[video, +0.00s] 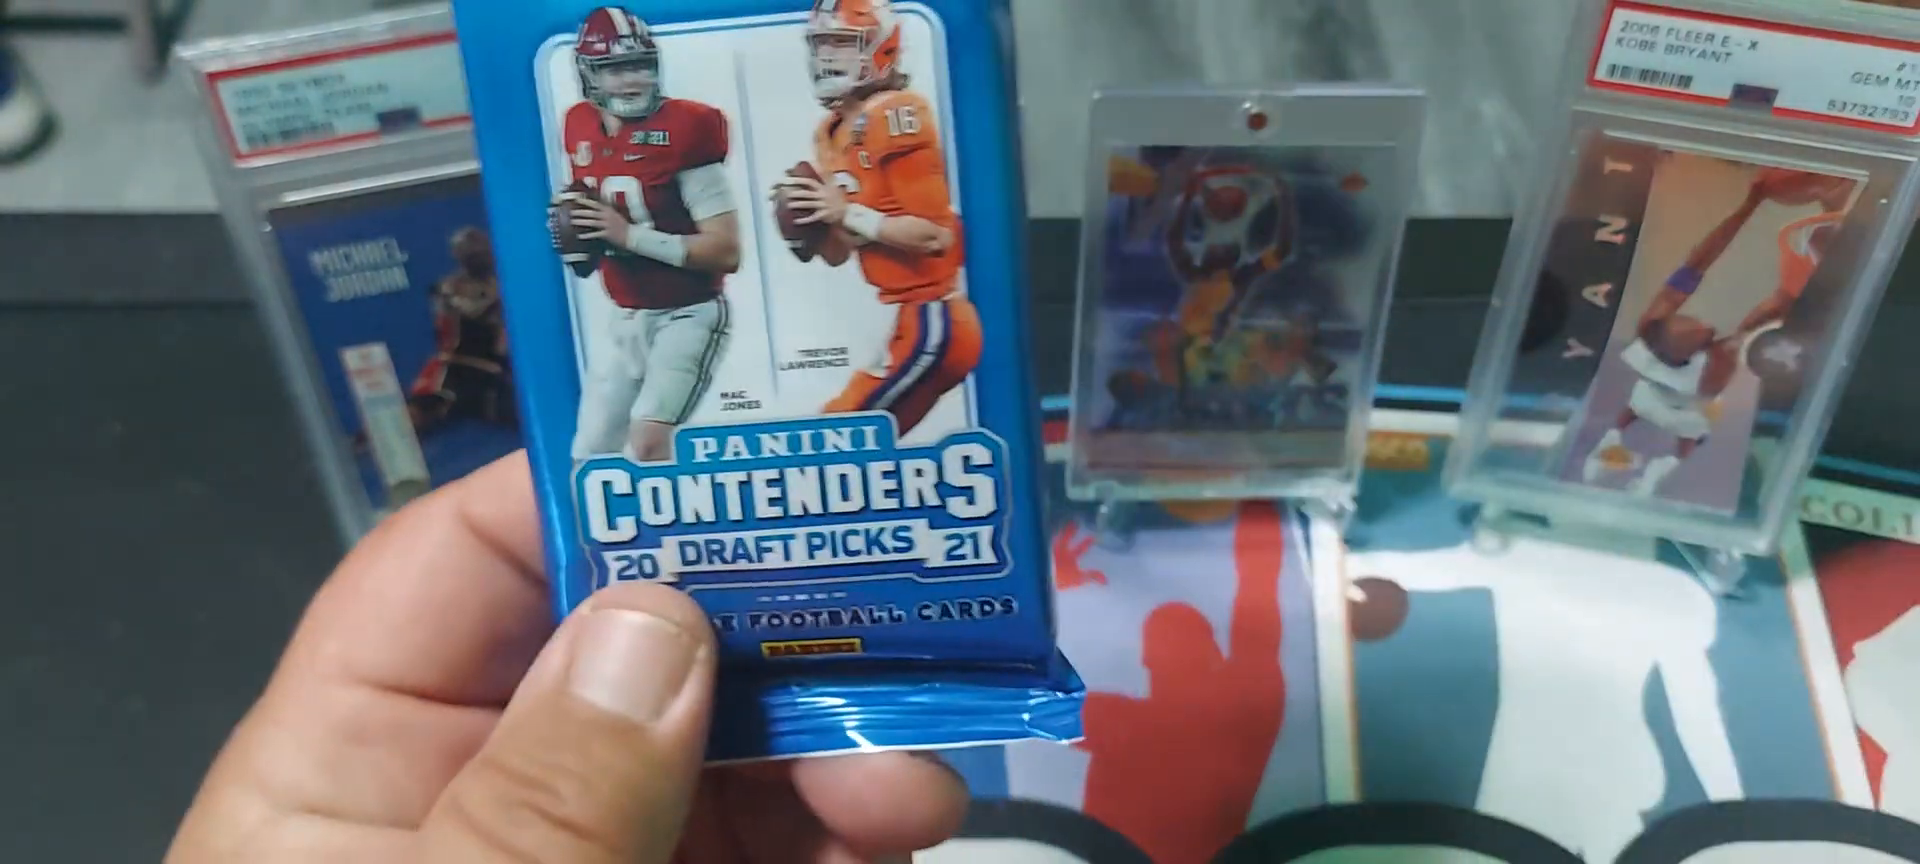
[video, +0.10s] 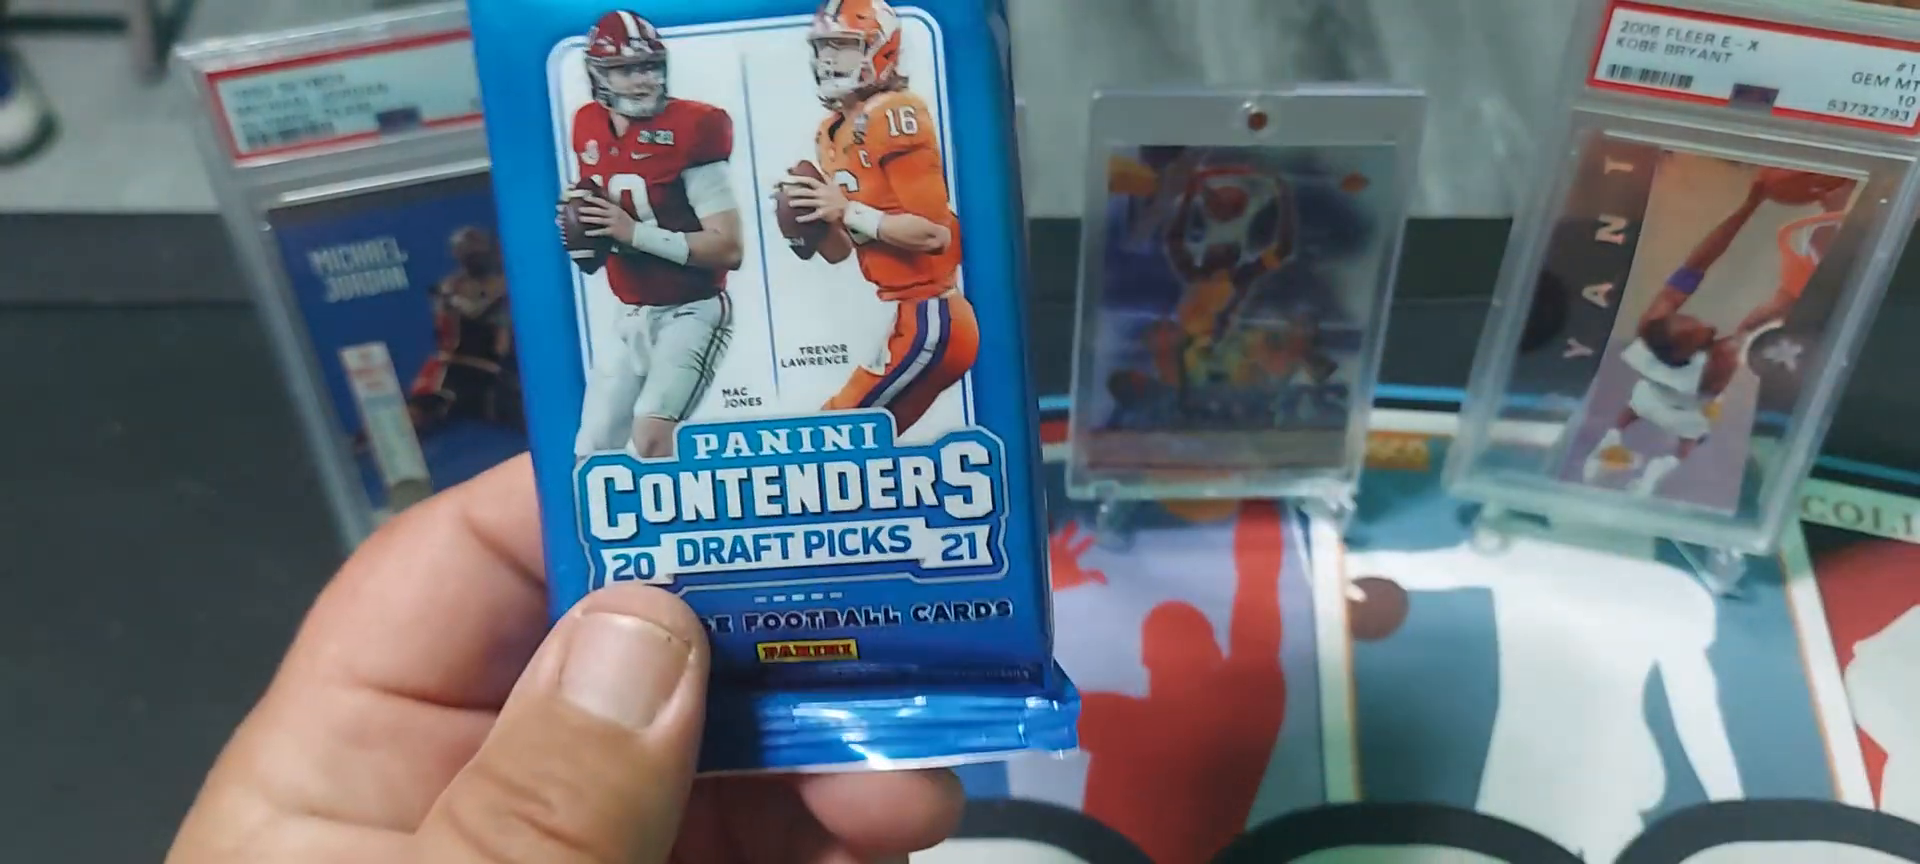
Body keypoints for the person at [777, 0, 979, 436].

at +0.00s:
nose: (828, 56)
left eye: (844, 44)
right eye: (821, 44)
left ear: (880, 53)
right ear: (811, 47)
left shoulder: (897, 113)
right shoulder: (829, 131)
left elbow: (935, 236)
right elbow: (836, 252)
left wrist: (846, 211)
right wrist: (805, 217)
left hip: (934, 320)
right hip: (909, 319)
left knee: (829, 442)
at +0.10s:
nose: (829, 61)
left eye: (845, 49)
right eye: (823, 48)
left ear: (880, 57)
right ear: (813, 52)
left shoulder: (896, 114)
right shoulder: (830, 133)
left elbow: (934, 234)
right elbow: (836, 250)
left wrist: (846, 209)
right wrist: (806, 220)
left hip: (932, 318)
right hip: (913, 317)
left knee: (827, 440)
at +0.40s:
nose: (964, 145)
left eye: (979, 134)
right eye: (959, 132)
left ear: (1014, 141)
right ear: (951, 135)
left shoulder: (1023, 203)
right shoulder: (957, 213)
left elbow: (1049, 321)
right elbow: (953, 330)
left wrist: (966, 292)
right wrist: (922, 297)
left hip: (1039, 405)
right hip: (1015, 402)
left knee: (926, 515)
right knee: (935, 523)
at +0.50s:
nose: (973, 158)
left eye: (988, 148)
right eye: (969, 145)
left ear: (1023, 157)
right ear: (959, 148)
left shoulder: (1032, 219)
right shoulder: (963, 226)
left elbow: (1049, 337)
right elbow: (954, 343)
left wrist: (967, 304)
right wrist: (929, 307)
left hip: (1037, 420)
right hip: (1012, 417)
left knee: (919, 526)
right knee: (932, 536)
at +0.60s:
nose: (951, 157)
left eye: (967, 146)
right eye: (947, 145)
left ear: (1002, 154)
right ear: (937, 148)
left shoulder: (1010, 216)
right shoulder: (943, 224)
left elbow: (1030, 333)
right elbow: (936, 341)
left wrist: (948, 303)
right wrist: (908, 308)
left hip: (1020, 417)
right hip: (998, 414)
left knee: (903, 524)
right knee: (917, 535)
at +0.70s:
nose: (938, 148)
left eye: (953, 137)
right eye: (934, 136)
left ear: (989, 143)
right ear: (926, 139)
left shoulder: (998, 206)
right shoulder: (931, 215)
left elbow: (1021, 323)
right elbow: (925, 332)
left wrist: (938, 293)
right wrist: (894, 301)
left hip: (1011, 407)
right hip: (988, 404)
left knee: (895, 517)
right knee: (906, 526)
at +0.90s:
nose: (925, 135)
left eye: (940, 124)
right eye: (920, 123)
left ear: (974, 131)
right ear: (911, 126)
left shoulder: (985, 191)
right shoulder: (918, 202)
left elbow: (1010, 309)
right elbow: (914, 318)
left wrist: (927, 280)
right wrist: (883, 287)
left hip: (1000, 393)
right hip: (978, 390)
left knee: (885, 504)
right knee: (905, 516)